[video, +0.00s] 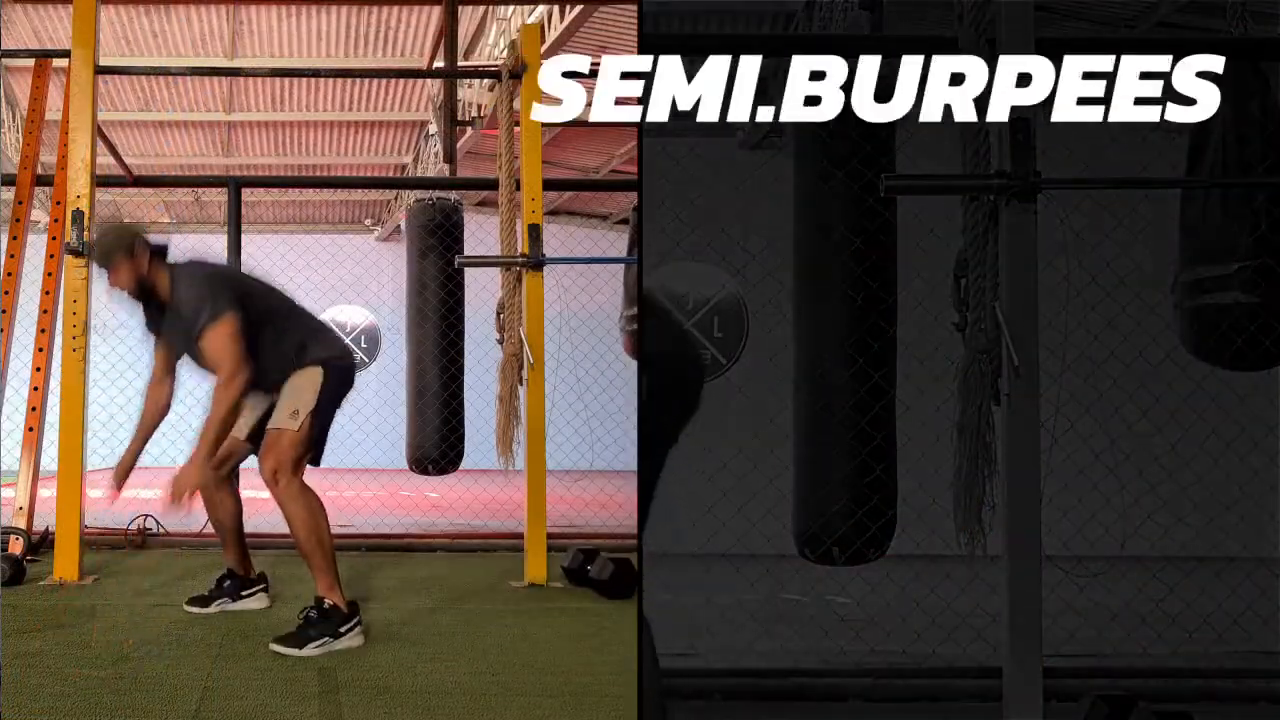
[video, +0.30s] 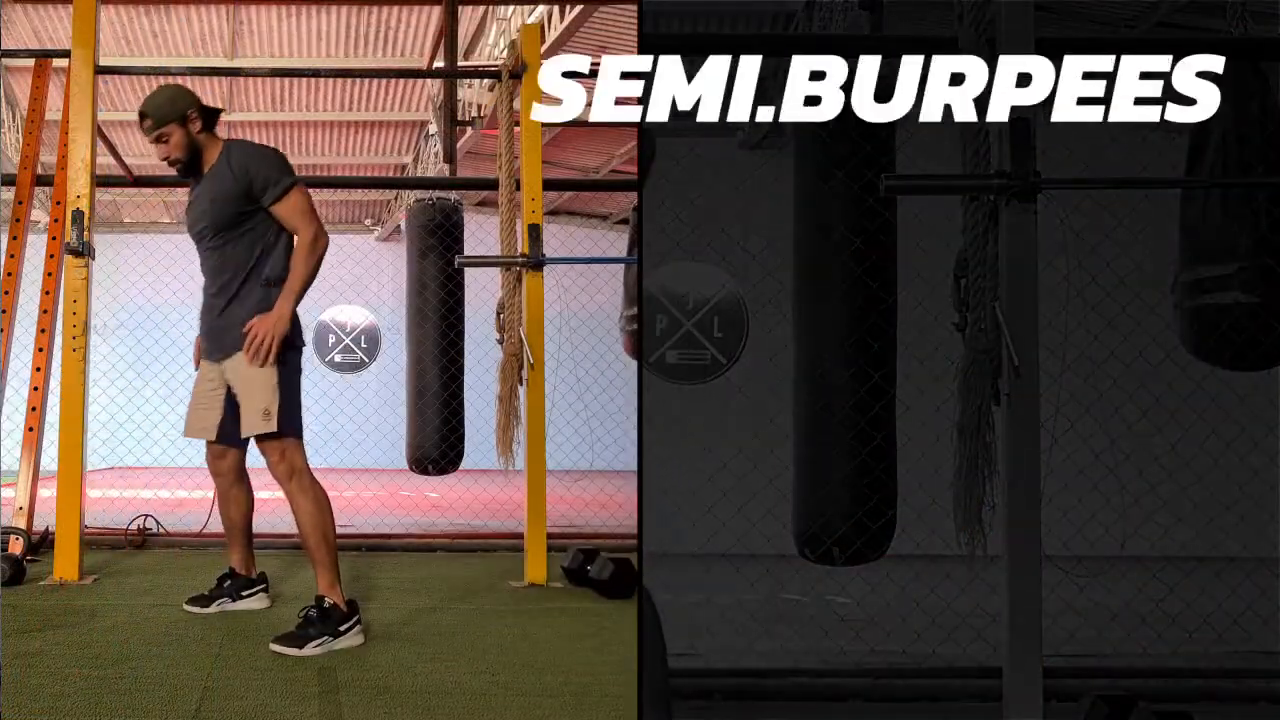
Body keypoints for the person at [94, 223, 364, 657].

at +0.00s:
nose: (111, 282)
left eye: (112, 268)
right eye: (106, 272)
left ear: (139, 254)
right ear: (134, 259)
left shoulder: (196, 286)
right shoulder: (161, 305)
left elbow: (235, 374)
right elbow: (161, 382)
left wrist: (199, 461)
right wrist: (131, 455)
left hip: (317, 361)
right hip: (269, 377)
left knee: (278, 468)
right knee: (211, 468)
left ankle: (336, 608)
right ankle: (242, 578)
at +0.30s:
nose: (159, 150)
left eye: (163, 136)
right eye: (153, 140)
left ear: (195, 122)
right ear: (167, 136)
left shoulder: (253, 161)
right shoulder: (201, 183)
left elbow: (313, 235)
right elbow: (224, 267)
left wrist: (281, 313)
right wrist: (207, 333)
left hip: (263, 337)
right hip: (220, 344)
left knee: (287, 463)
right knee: (223, 459)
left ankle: (335, 604)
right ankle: (243, 576)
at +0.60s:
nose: (114, 220)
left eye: (116, 207)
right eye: (109, 211)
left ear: (146, 190)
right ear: (133, 202)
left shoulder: (211, 222)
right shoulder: (164, 245)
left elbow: (254, 310)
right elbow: (177, 332)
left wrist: (226, 403)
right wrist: (158, 408)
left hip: (303, 343)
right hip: (255, 350)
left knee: (292, 459)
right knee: (218, 459)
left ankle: (337, 606)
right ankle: (243, 577)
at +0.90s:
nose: (112, 450)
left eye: (109, 440)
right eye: (105, 444)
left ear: (123, 418)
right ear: (119, 416)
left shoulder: (167, 403)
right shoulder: (130, 408)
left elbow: (165, 522)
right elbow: (118, 512)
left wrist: (136, 628)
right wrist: (85, 597)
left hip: (311, 341)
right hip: (268, 357)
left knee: (289, 463)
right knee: (233, 461)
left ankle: (337, 607)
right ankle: (247, 576)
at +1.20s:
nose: (38, 482)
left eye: (33, 474)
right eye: (30, 478)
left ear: (44, 444)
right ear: (41, 438)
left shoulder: (116, 433)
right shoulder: (76, 434)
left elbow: (146, 548)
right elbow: (96, 526)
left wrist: (144, 649)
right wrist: (90, 610)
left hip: (259, 431)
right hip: (235, 448)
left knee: (360, 502)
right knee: (304, 504)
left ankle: (490, 547)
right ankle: (403, 527)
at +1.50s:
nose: (56, 491)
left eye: (50, 482)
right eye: (46, 486)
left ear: (61, 455)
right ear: (56, 452)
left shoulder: (123, 432)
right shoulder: (82, 439)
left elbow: (149, 546)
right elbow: (101, 526)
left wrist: (145, 649)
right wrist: (91, 608)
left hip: (269, 407)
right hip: (242, 433)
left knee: (348, 509)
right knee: (295, 506)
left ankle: (484, 552)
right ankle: (392, 535)